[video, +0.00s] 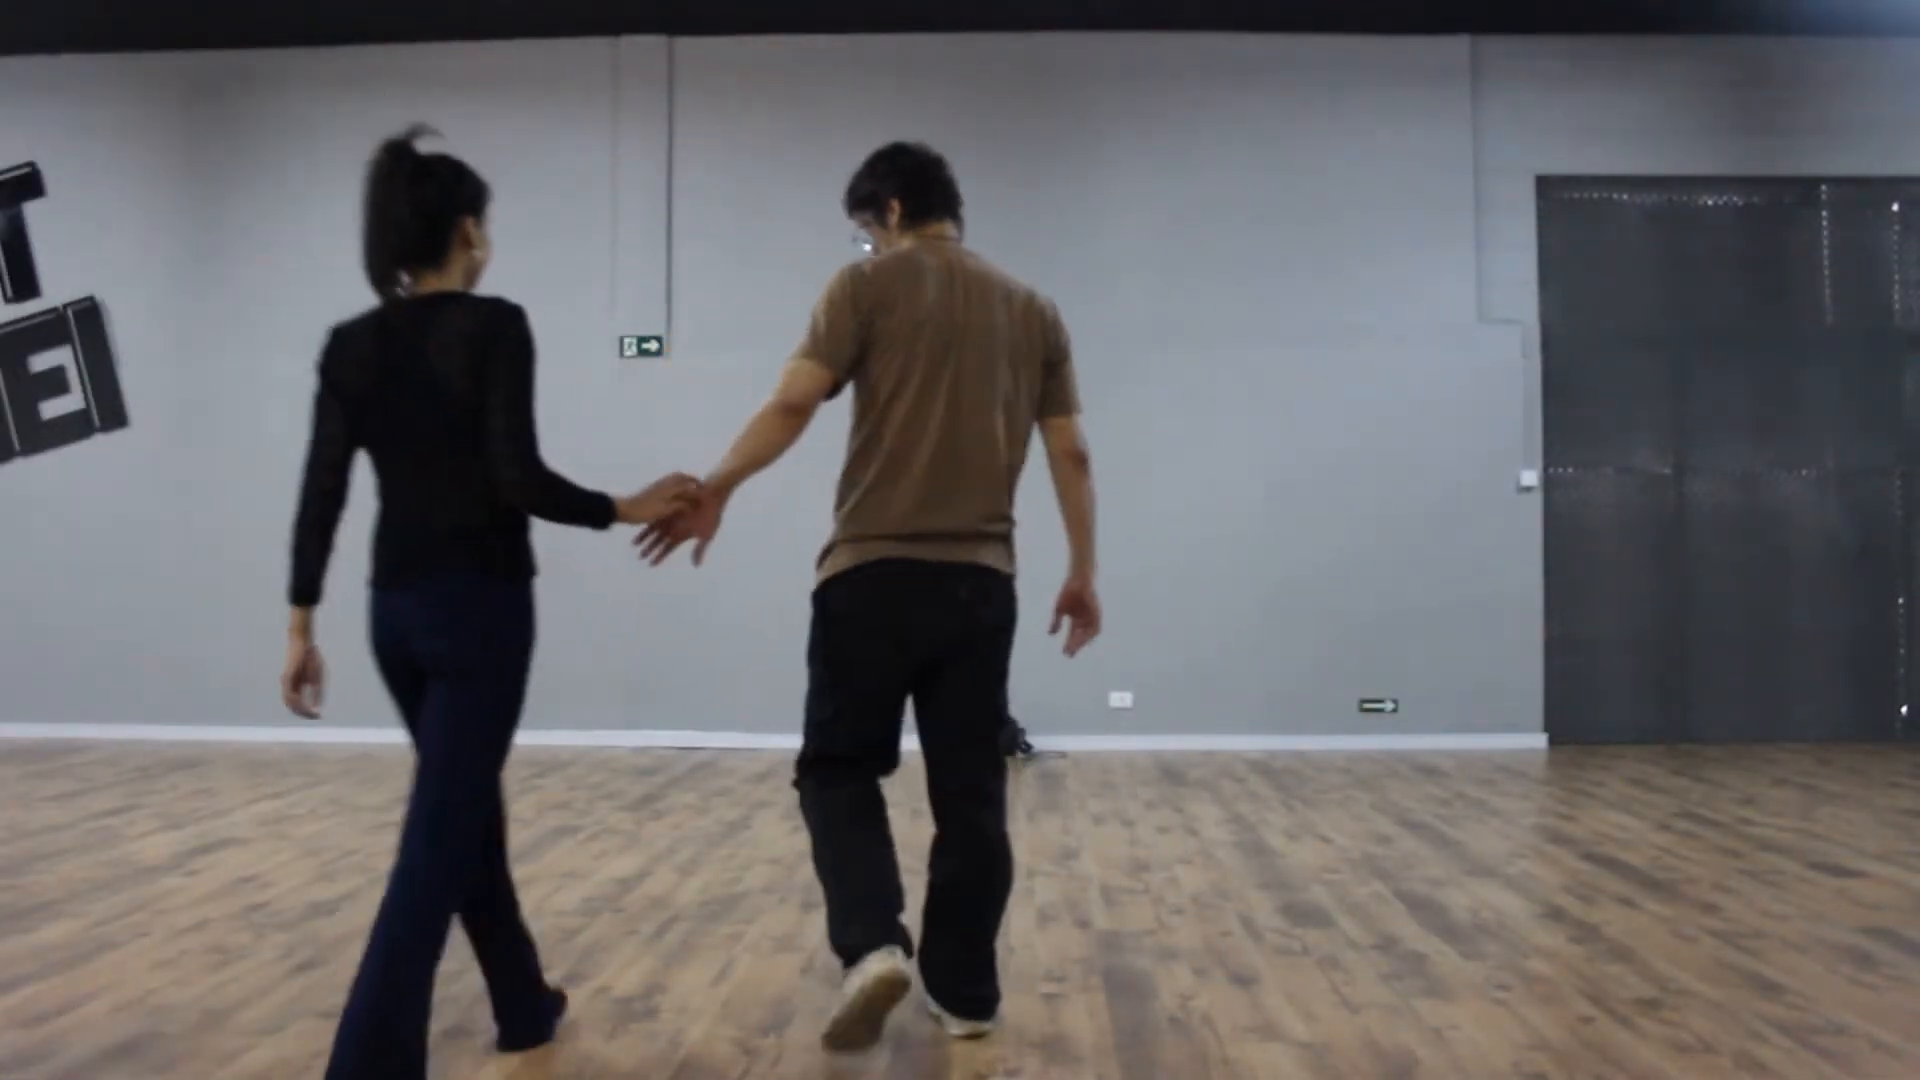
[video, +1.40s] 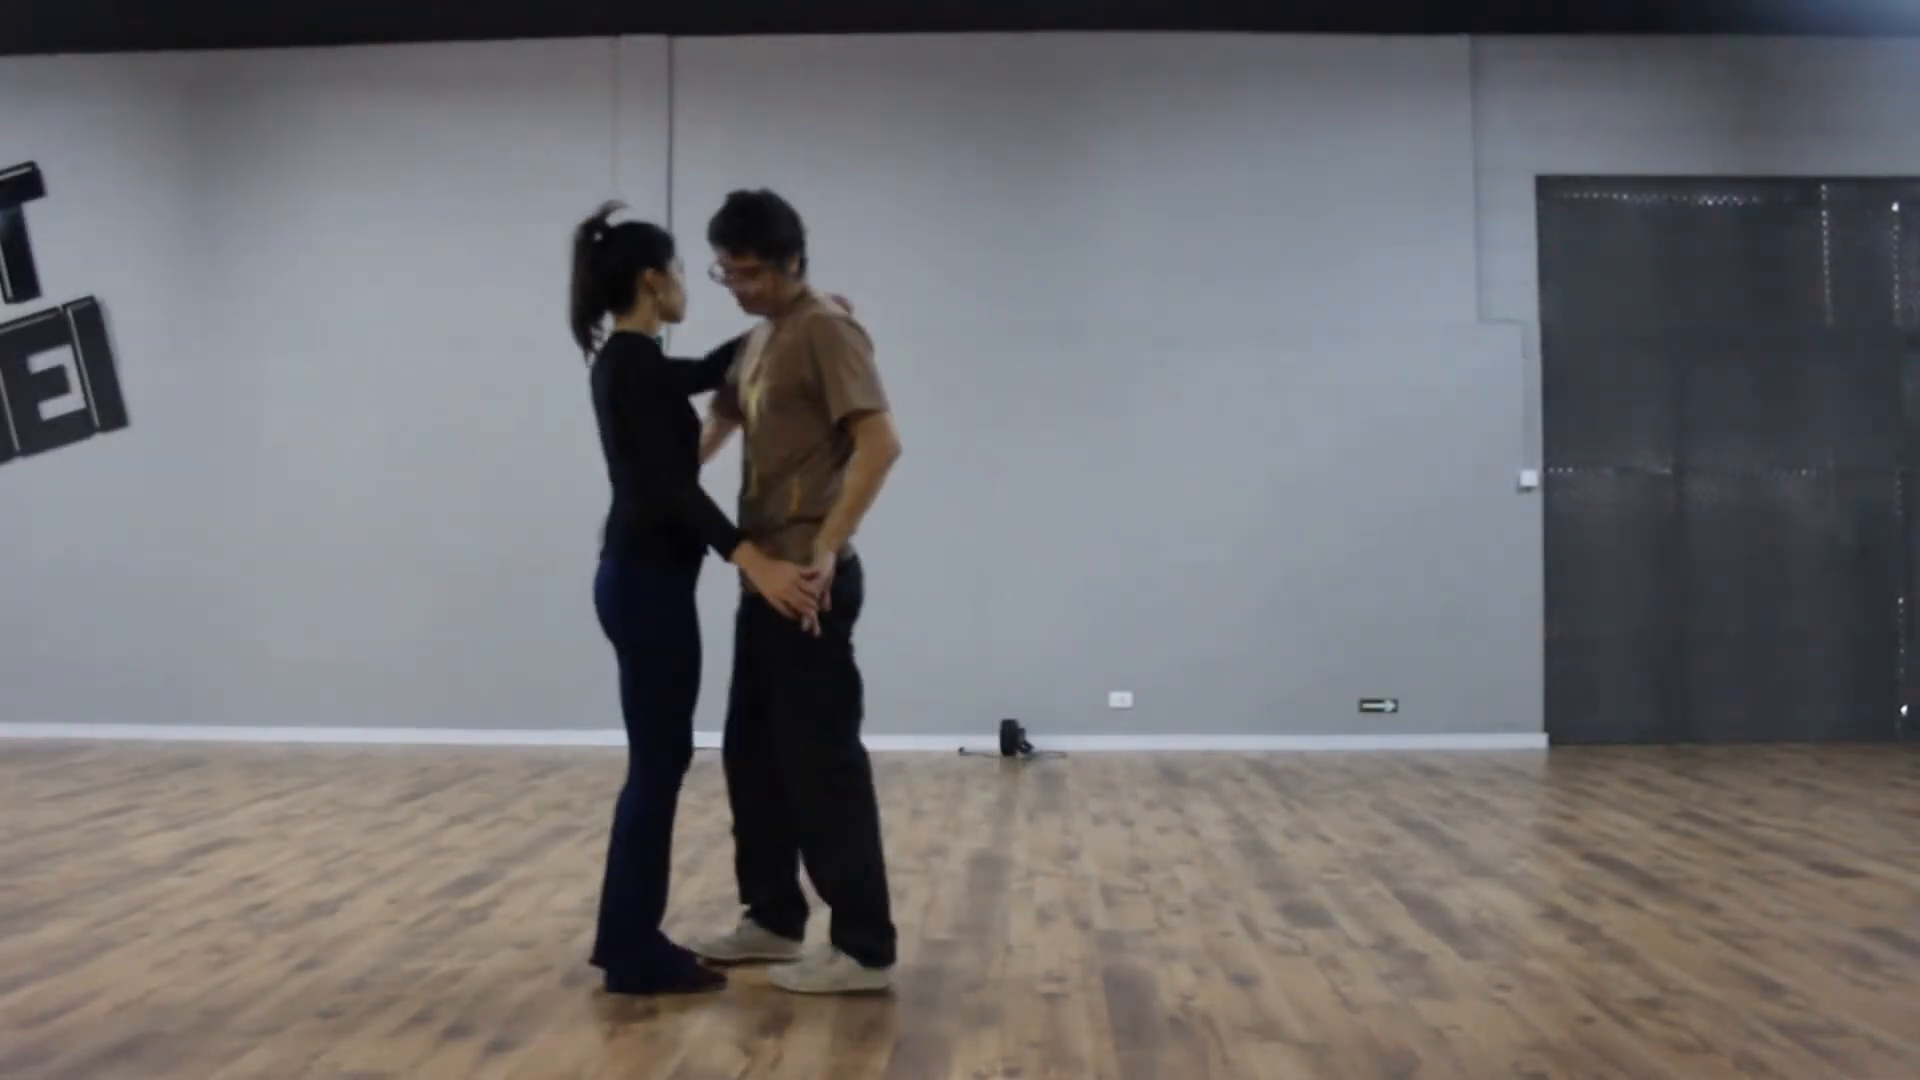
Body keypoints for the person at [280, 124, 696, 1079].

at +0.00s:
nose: (488, 241)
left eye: (485, 225)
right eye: (483, 226)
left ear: (391, 240)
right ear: (465, 233)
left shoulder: (352, 345)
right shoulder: (495, 325)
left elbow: (323, 488)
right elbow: (516, 477)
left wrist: (300, 621)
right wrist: (621, 511)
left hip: (396, 612)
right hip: (485, 609)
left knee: (472, 813)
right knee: (433, 841)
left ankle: (522, 1009)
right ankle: (369, 1062)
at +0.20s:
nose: (525, 249)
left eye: (519, 234)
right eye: (519, 235)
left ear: (438, 250)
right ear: (501, 245)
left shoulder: (403, 349)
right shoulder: (529, 330)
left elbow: (387, 490)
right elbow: (545, 472)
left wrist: (383, 616)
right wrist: (651, 498)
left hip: (441, 606)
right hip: (521, 606)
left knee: (497, 807)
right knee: (530, 814)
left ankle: (529, 1013)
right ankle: (426, 1013)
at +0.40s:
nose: (564, 259)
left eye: (561, 244)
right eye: (558, 244)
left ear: (482, 257)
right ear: (534, 251)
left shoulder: (448, 351)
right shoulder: (554, 333)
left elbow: (487, 478)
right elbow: (564, 471)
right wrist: (680, 502)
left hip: (480, 602)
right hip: (559, 601)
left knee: (506, 794)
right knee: (603, 787)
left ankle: (523, 1009)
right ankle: (575, 989)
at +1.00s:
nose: (656, 283)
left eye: (651, 270)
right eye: (648, 270)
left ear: (591, 285)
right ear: (624, 279)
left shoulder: (570, 364)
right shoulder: (629, 359)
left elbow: (613, 450)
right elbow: (656, 492)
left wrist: (691, 443)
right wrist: (743, 574)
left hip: (596, 585)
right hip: (643, 589)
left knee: (639, 760)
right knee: (650, 766)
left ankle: (556, 931)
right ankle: (637, 954)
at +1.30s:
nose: (681, 283)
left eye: (674, 270)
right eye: (672, 271)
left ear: (621, 284)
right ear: (645, 280)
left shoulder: (616, 357)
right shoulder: (635, 364)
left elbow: (689, 391)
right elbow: (670, 486)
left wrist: (762, 343)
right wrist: (750, 561)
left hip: (632, 578)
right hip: (649, 583)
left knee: (661, 756)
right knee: (662, 758)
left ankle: (629, 940)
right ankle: (630, 948)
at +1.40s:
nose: (685, 283)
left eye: (678, 270)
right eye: (676, 271)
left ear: (629, 286)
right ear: (649, 281)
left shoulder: (631, 358)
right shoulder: (632, 364)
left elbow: (714, 367)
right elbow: (670, 485)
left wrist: (800, 318)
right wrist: (749, 558)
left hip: (644, 576)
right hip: (649, 581)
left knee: (660, 758)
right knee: (659, 761)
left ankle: (631, 942)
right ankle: (630, 948)